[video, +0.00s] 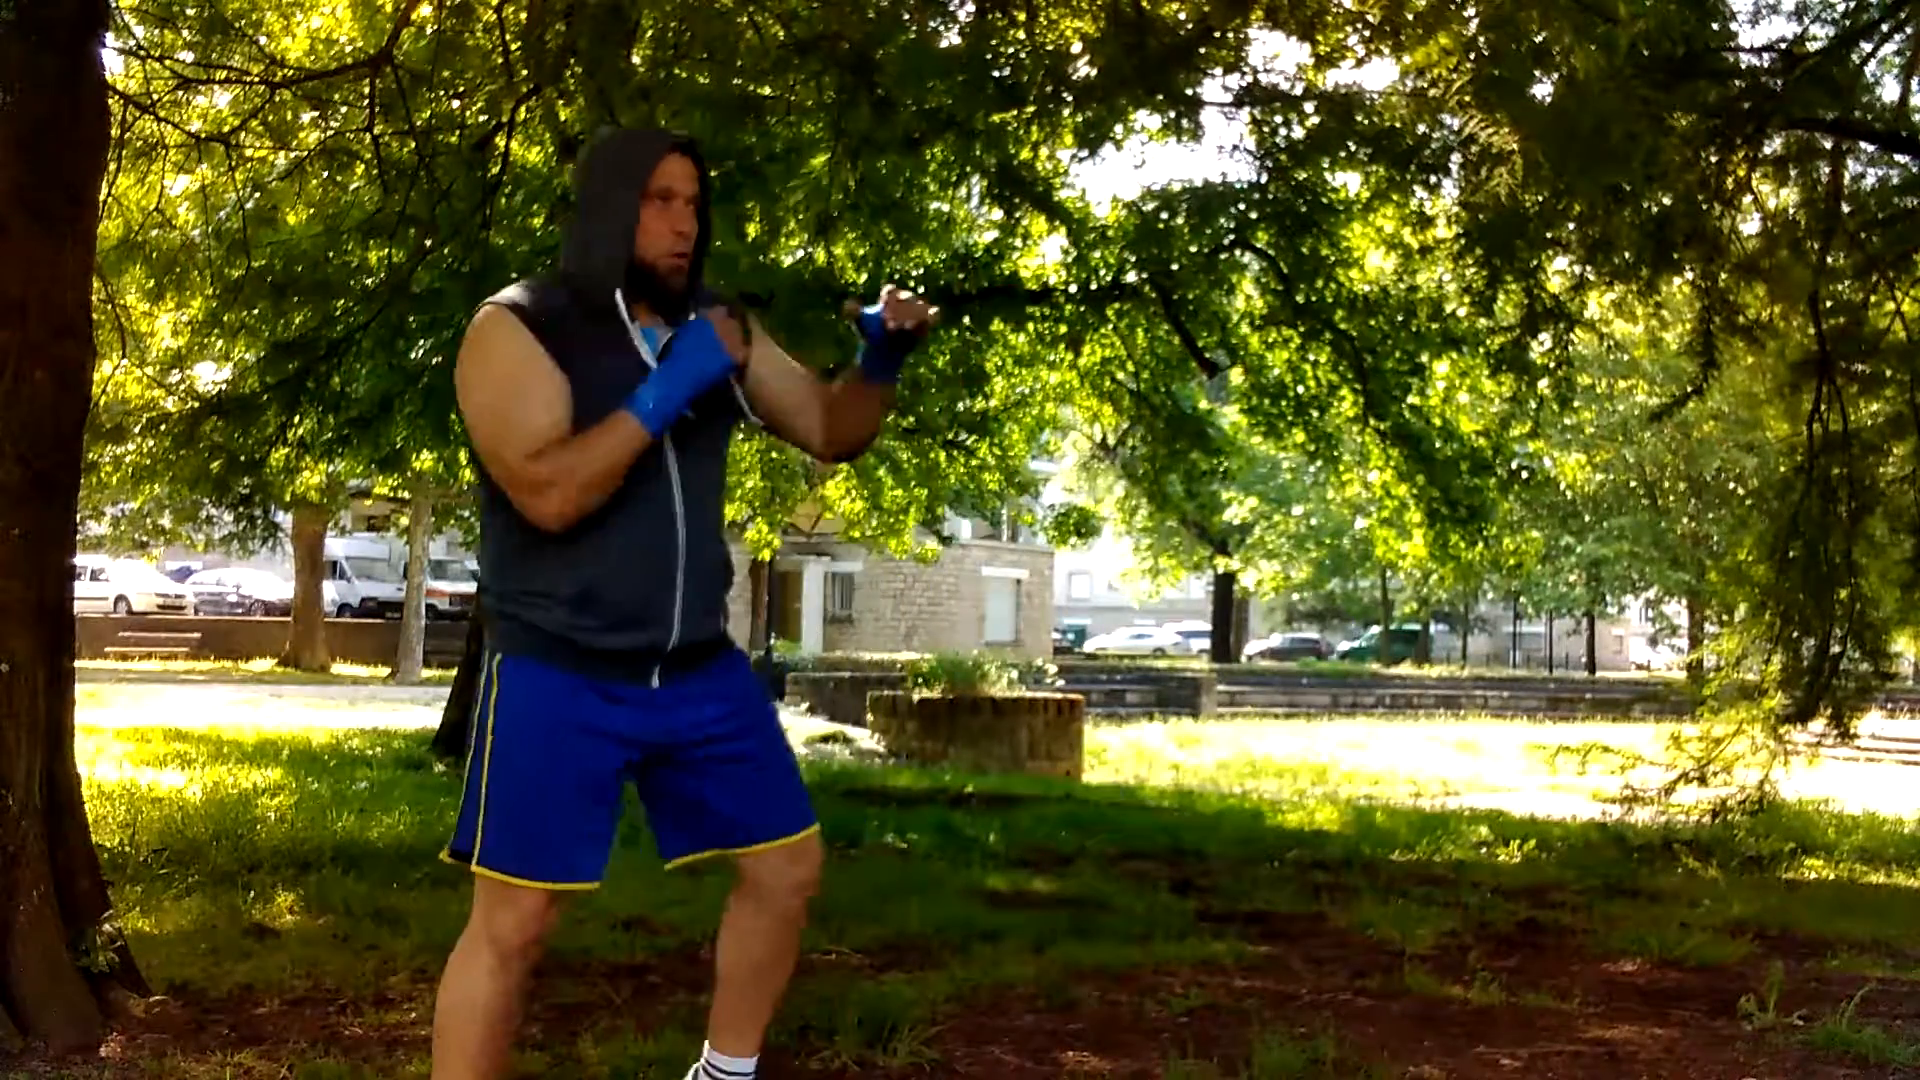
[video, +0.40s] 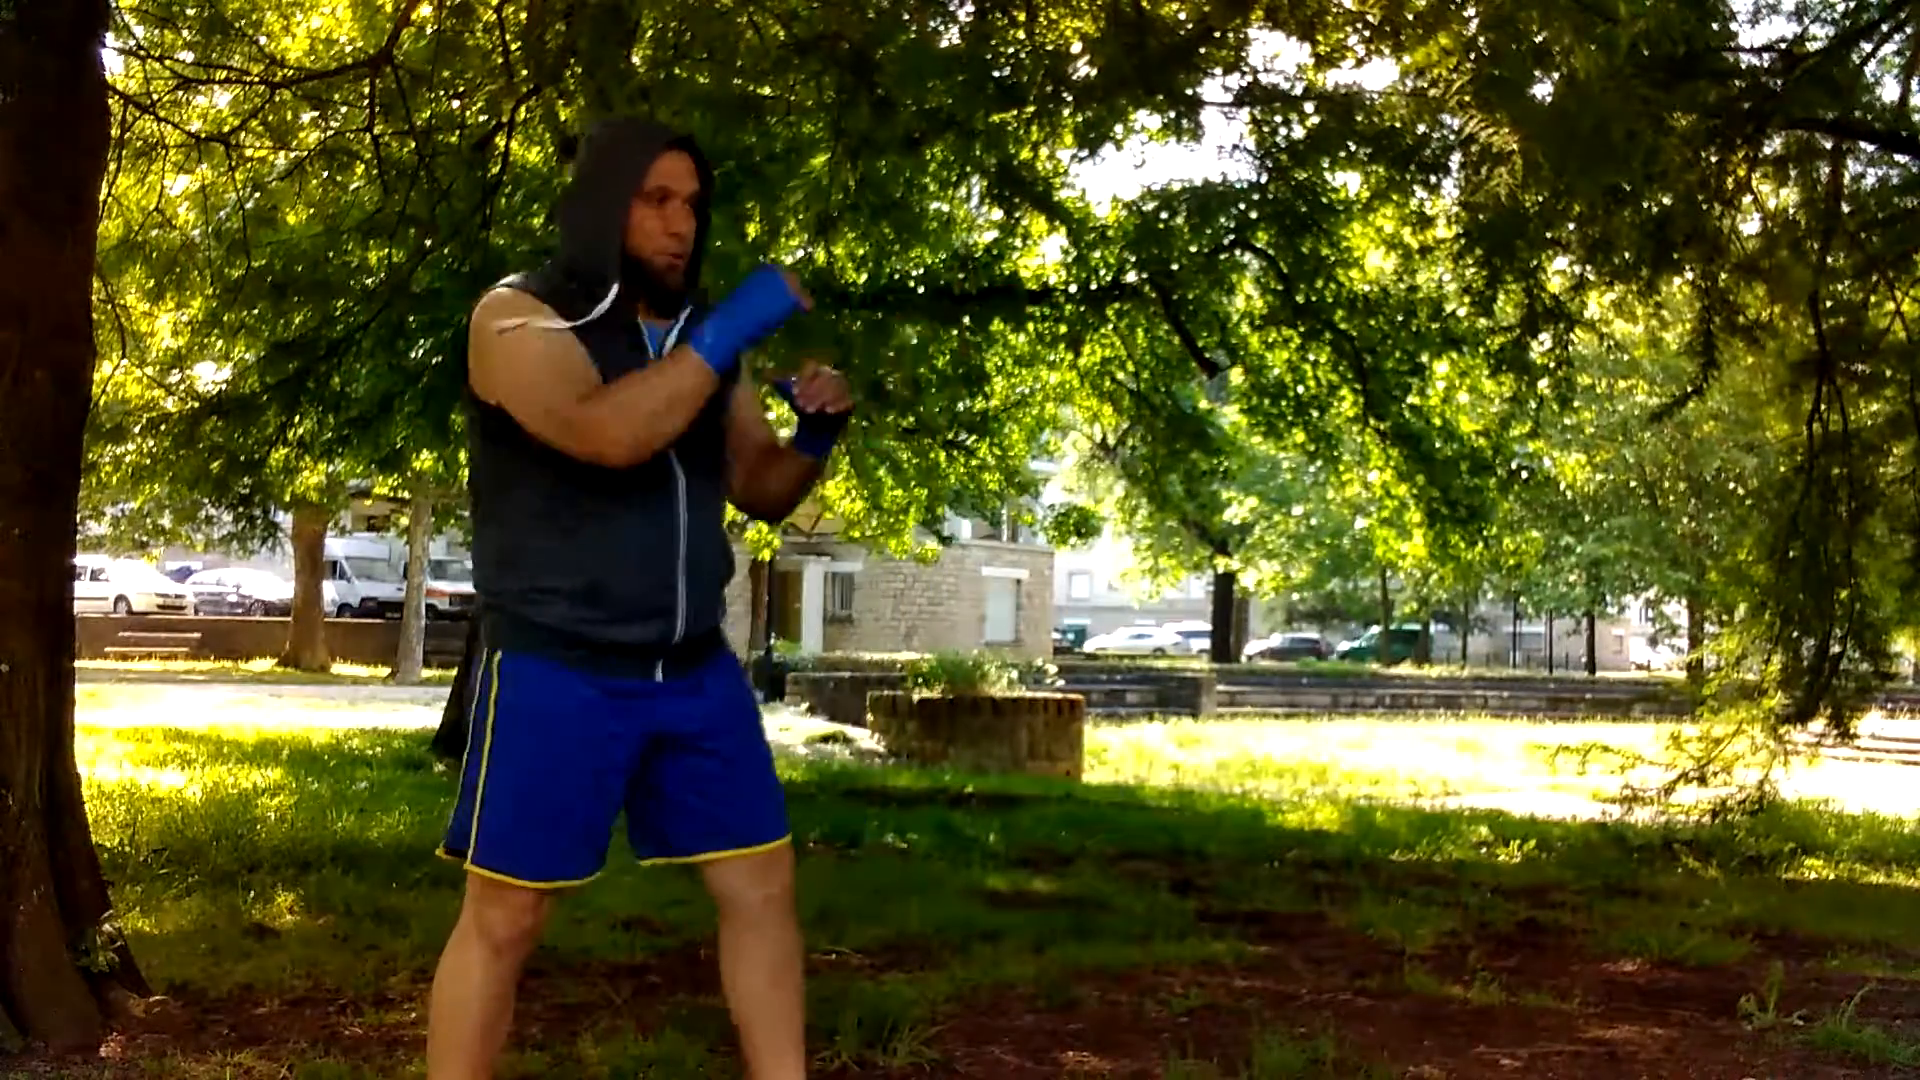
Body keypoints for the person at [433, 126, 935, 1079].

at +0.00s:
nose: (686, 223)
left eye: (695, 205)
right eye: (664, 201)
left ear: (701, 220)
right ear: (607, 208)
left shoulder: (714, 330)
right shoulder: (511, 330)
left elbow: (831, 430)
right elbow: (549, 493)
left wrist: (882, 354)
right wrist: (674, 380)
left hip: (699, 667)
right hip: (555, 669)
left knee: (785, 863)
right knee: (514, 921)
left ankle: (725, 1072)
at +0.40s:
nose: (682, 225)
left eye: (692, 206)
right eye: (660, 202)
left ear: (700, 220)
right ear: (603, 205)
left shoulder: (696, 336)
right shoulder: (513, 314)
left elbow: (760, 488)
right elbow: (604, 430)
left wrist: (812, 432)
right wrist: (726, 330)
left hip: (694, 669)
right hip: (555, 670)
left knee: (760, 883)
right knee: (503, 917)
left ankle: (781, 1075)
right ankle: (455, 1073)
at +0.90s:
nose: (864, 297)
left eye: (877, 282)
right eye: (850, 271)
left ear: (877, 286)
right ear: (794, 252)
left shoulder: (840, 372)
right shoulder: (679, 329)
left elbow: (880, 536)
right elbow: (694, 503)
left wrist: (933, 434)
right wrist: (829, 423)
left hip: (779, 679)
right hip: (651, 668)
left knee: (817, 907)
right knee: (597, 914)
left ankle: (808, 1078)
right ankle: (514, 1073)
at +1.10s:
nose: (857, 299)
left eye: (874, 285)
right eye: (845, 270)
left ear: (880, 288)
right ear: (793, 247)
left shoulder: (848, 378)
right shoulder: (689, 308)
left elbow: (903, 525)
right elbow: (835, 374)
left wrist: (947, 391)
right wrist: (993, 288)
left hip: (782, 682)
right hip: (645, 667)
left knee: (827, 906)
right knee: (587, 913)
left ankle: (810, 1078)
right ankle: (500, 1071)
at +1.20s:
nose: (859, 298)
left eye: (875, 282)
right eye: (843, 271)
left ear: (882, 284)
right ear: (787, 250)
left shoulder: (850, 375)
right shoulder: (666, 321)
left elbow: (905, 532)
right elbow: (726, 464)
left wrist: (942, 393)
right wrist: (861, 343)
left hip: (779, 684)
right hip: (644, 673)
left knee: (824, 909)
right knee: (584, 922)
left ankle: (810, 1077)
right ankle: (503, 1074)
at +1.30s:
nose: (840, 292)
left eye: (855, 276)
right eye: (827, 264)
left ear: (860, 283)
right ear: (771, 244)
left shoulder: (835, 374)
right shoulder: (643, 329)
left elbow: (893, 526)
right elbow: (651, 507)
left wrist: (937, 408)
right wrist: (803, 451)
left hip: (768, 690)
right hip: (627, 683)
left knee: (829, 908)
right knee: (567, 938)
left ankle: (812, 1078)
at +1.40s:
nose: (813, 286)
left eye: (826, 269)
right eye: (799, 258)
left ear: (830, 272)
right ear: (743, 237)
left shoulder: (798, 359)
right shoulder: (620, 332)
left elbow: (872, 519)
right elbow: (668, 502)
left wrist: (918, 415)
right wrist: (792, 393)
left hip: (748, 686)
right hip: (609, 684)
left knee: (854, 878)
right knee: (554, 944)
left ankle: (824, 1075)